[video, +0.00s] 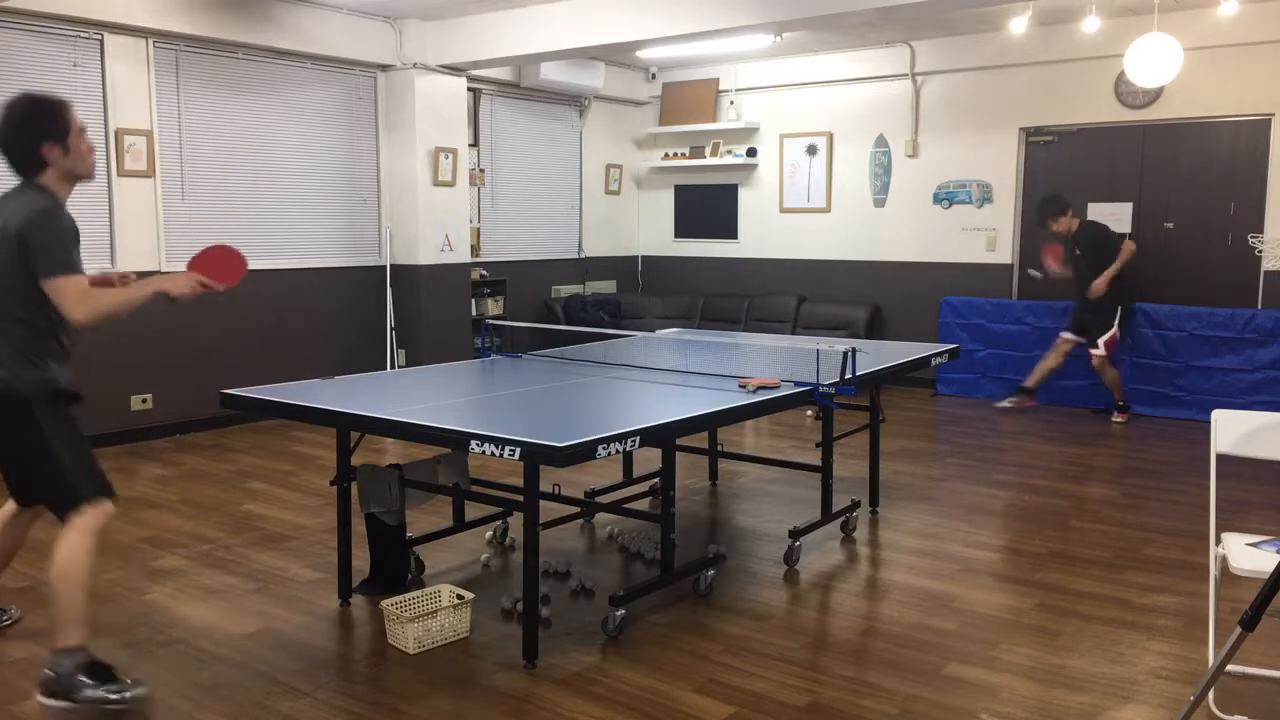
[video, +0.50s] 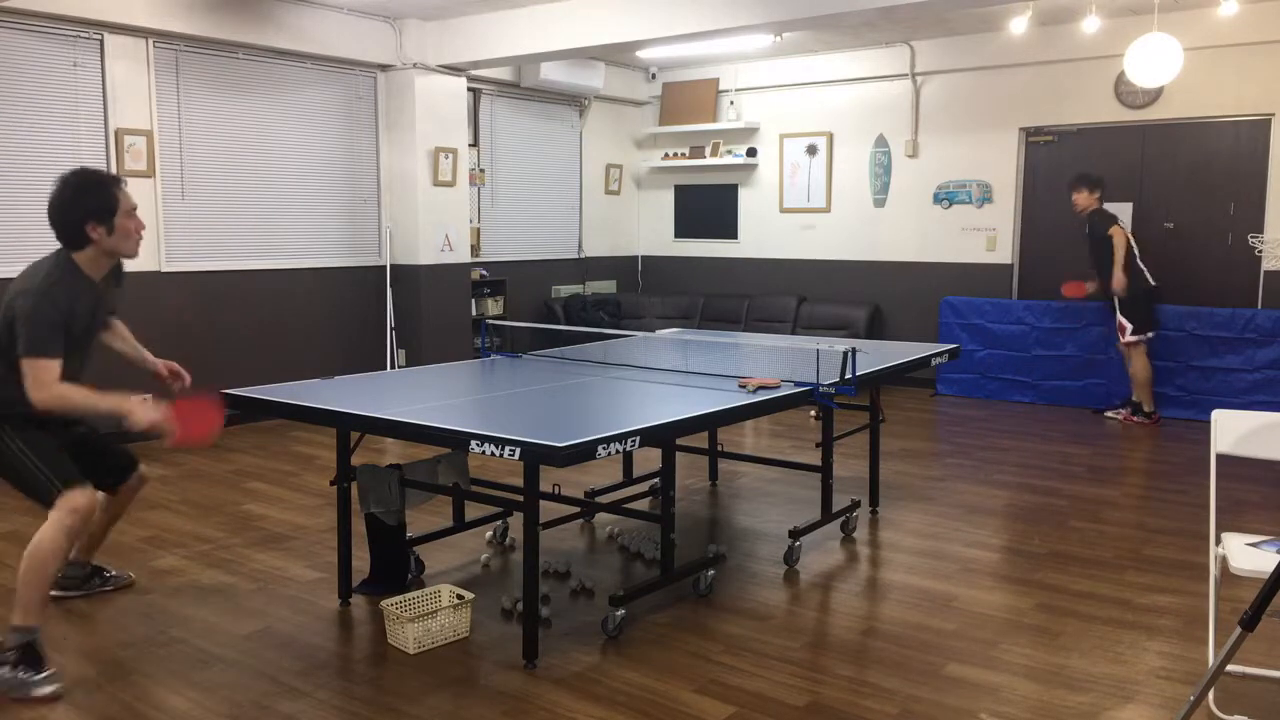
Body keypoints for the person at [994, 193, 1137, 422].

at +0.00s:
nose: (1055, 230)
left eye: (1055, 224)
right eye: (1051, 227)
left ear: (1065, 215)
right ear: (1053, 224)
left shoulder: (1093, 230)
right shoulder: (1071, 240)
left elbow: (1129, 247)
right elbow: (1082, 269)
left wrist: (1106, 277)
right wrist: (1059, 271)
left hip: (1111, 303)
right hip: (1088, 302)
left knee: (1099, 360)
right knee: (1061, 346)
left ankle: (1122, 405)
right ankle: (1025, 392)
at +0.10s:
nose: (1049, 231)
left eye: (1049, 225)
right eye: (1045, 228)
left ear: (1062, 215)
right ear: (1059, 218)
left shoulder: (1084, 228)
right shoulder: (1076, 237)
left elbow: (1120, 236)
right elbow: (1096, 278)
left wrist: (1118, 274)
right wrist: (1094, 312)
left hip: (1123, 292)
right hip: (1106, 296)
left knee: (1114, 348)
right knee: (1098, 346)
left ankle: (1130, 404)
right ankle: (1079, 398)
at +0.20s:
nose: (1046, 224)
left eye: (1049, 218)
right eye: (1043, 221)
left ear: (1065, 214)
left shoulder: (1080, 230)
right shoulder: (1077, 240)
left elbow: (1116, 230)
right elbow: (1109, 275)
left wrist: (1131, 261)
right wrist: (1102, 313)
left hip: (1140, 284)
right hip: (1129, 287)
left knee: (1136, 345)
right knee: (1131, 344)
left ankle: (1148, 408)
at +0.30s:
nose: (1053, 221)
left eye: (1057, 214)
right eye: (1051, 217)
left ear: (1074, 213)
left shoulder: (1084, 230)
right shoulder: (1082, 238)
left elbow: (1113, 236)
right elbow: (1117, 270)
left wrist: (1138, 262)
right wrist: (1103, 301)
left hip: (1139, 289)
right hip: (1134, 290)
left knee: (1138, 347)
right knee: (1139, 347)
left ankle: (1147, 409)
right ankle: (1140, 403)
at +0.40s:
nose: (1064, 210)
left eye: (1068, 204)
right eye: (1062, 206)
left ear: (1085, 205)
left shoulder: (1090, 225)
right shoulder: (1094, 228)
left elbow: (1115, 238)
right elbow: (1117, 270)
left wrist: (1130, 270)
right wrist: (1101, 297)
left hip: (1136, 291)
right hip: (1133, 292)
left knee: (1137, 348)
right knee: (1135, 348)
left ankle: (1147, 410)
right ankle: (1139, 404)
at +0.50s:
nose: (1073, 200)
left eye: (1078, 193)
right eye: (1072, 194)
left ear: (1094, 194)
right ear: (1083, 196)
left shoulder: (1099, 216)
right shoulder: (1094, 221)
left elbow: (1119, 235)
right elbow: (1112, 257)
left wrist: (1118, 271)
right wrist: (1097, 283)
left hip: (1134, 290)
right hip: (1124, 290)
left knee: (1135, 347)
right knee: (1127, 346)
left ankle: (1147, 410)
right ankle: (1137, 403)